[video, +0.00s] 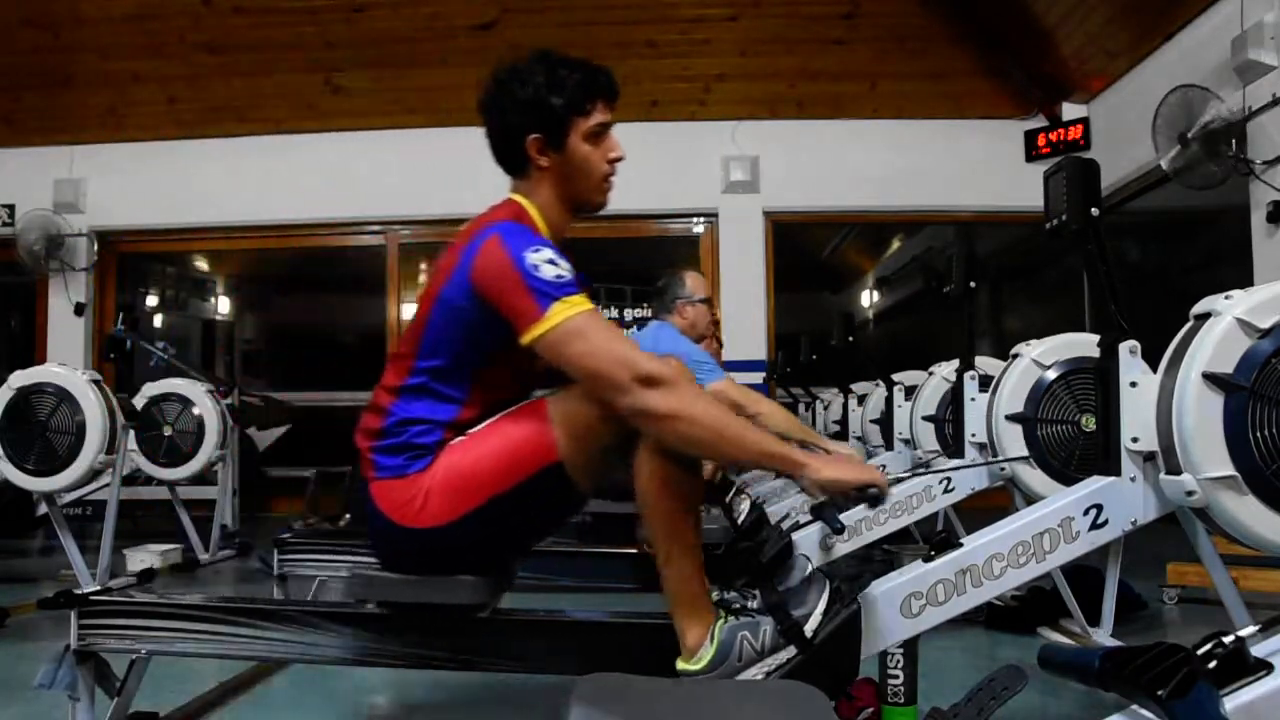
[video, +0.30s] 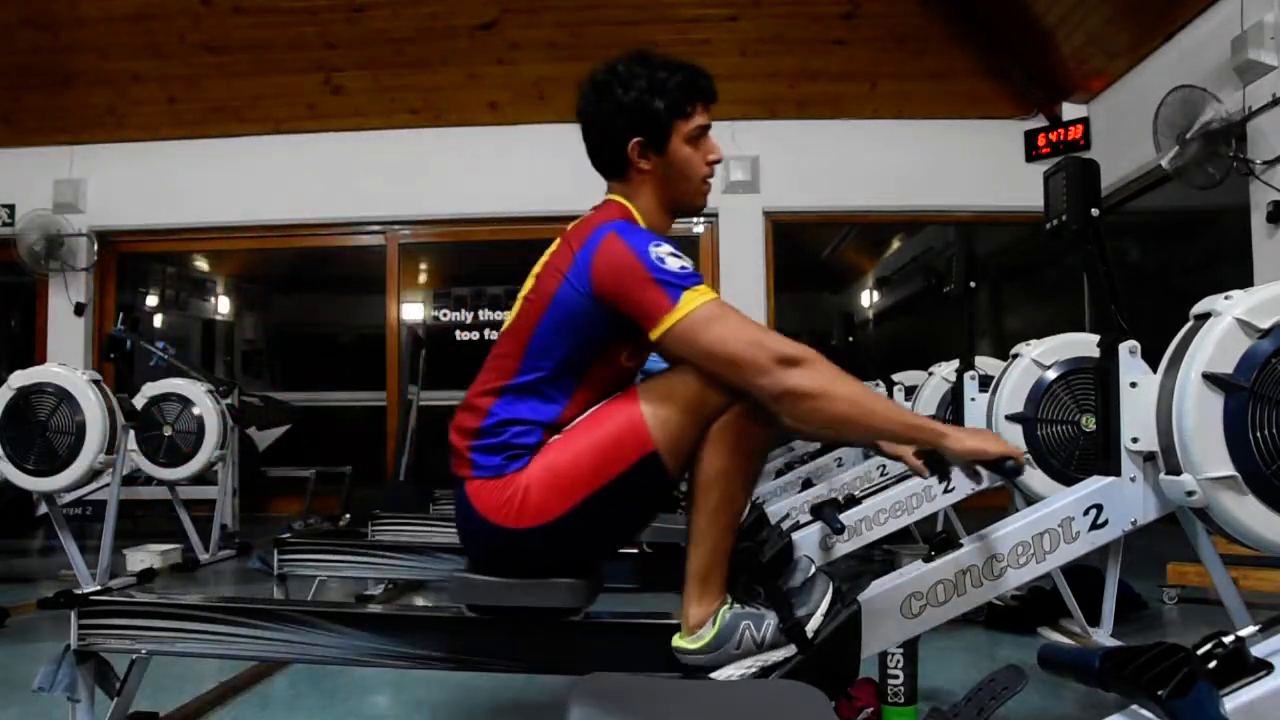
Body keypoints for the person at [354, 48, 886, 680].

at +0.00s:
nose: (618, 153)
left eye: (613, 134)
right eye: (599, 136)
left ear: (549, 154)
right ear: (541, 152)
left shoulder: (527, 244)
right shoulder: (509, 247)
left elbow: (633, 377)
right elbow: (643, 386)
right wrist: (802, 466)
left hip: (440, 487)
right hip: (414, 501)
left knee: (644, 387)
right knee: (640, 398)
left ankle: (698, 617)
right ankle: (700, 640)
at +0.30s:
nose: (717, 154)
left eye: (711, 135)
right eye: (699, 137)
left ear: (646, 154)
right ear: (642, 153)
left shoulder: (631, 244)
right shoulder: (620, 249)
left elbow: (775, 362)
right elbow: (780, 376)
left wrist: (890, 436)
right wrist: (940, 434)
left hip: (531, 495)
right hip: (512, 506)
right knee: (738, 382)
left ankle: (704, 599)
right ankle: (702, 621)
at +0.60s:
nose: (665, 147)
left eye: (658, 127)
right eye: (645, 130)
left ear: (596, 148)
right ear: (590, 147)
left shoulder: (582, 233)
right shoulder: (571, 240)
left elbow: (721, 343)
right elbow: (728, 366)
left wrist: (865, 409)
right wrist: (887, 415)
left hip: (487, 487)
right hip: (468, 501)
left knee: (664, 355)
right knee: (699, 375)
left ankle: (718, 525)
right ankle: (702, 626)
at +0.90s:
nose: (415, 117)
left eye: (411, 99)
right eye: (392, 101)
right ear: (334, 121)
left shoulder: (382, 231)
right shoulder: (331, 215)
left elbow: (468, 361)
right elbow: (461, 340)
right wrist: (626, 374)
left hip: (326, 473)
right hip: (279, 485)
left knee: (544, 429)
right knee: (539, 439)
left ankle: (701, 613)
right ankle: (704, 641)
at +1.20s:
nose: (176, 143)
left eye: (174, 127)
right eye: (153, 127)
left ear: (162, 144)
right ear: (92, 149)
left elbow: (271, 384)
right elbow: (139, 369)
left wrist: (371, 349)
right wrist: (316, 338)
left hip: (247, 460)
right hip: (189, 480)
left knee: (466, 521)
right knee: (438, 530)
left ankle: (704, 626)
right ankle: (704, 641)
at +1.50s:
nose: (125, 166)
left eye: (125, 150)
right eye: (102, 151)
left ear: (109, 168)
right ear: (43, 172)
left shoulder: (126, 277)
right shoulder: (35, 277)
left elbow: (161, 405)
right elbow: (7, 442)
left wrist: (237, 396)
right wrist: (125, 424)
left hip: (223, 466)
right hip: (177, 490)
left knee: (454, 531)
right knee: (434, 539)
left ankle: (700, 621)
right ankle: (696, 641)